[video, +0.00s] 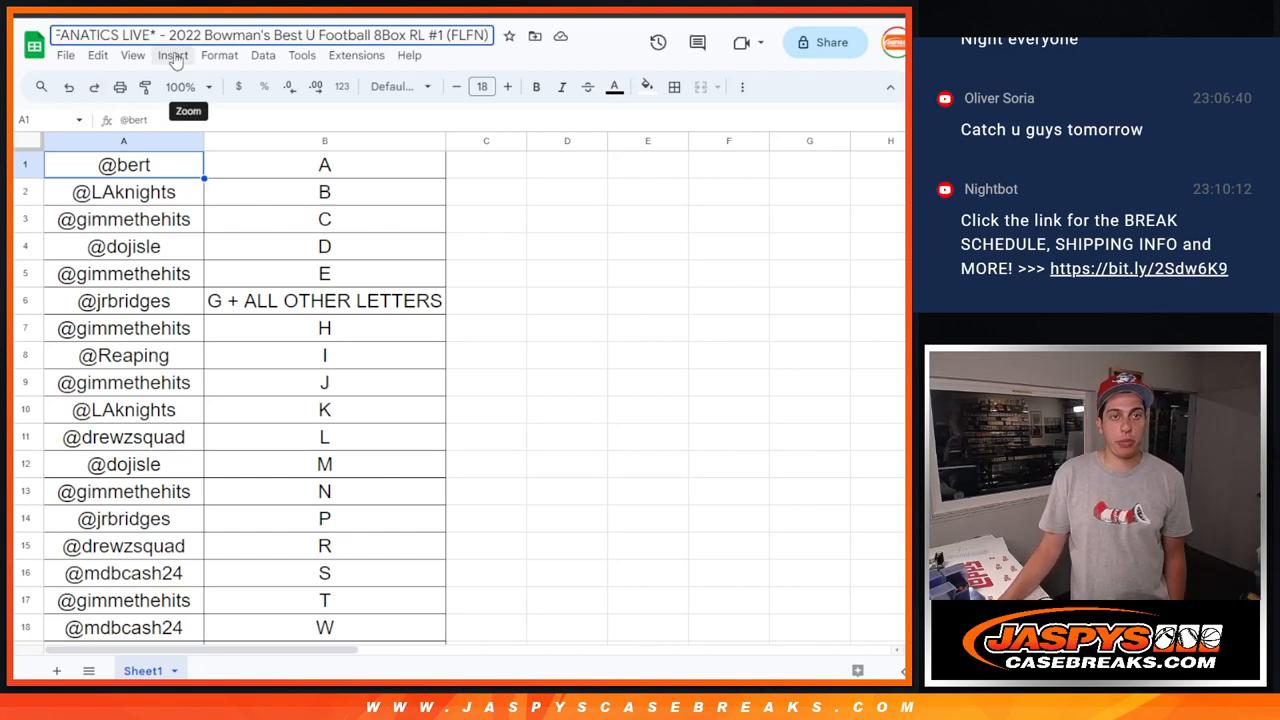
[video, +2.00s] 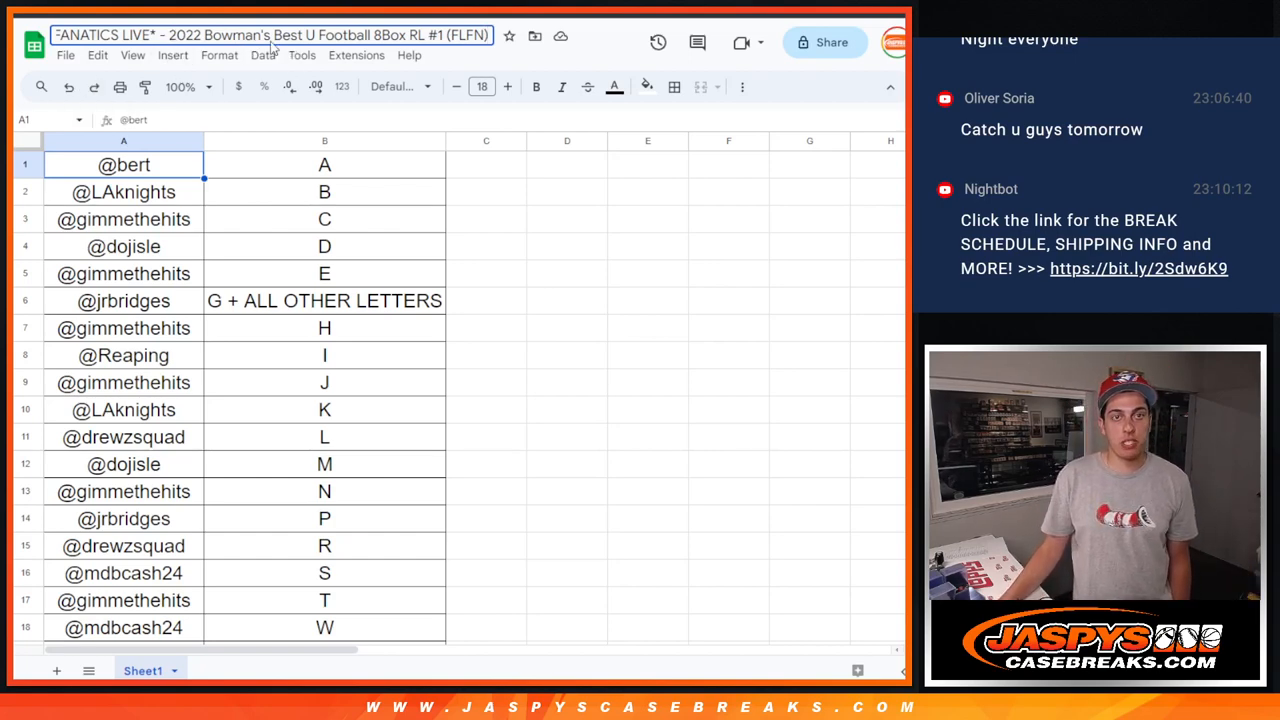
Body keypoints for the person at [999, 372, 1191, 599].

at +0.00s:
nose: (1126, 427)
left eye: (1136, 415)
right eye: (1115, 416)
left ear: (1146, 421)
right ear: (1100, 424)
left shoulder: (1169, 479)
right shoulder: (1071, 475)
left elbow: (1175, 554)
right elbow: (1049, 548)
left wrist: (1175, 603)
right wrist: (1006, 600)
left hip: (1149, 602)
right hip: (1087, 603)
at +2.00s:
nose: (1129, 427)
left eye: (1138, 415)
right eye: (1117, 416)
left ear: (1150, 421)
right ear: (1102, 424)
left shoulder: (1174, 480)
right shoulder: (1074, 476)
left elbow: (1179, 557)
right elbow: (1051, 548)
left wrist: (1180, 612)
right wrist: (1005, 601)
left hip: (1152, 607)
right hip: (1090, 607)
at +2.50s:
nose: (1127, 428)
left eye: (1137, 415)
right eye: (1116, 417)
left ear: (1150, 421)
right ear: (1102, 425)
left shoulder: (1175, 481)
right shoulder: (1073, 476)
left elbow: (1179, 557)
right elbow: (1051, 549)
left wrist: (1180, 611)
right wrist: (1007, 599)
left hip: (1153, 607)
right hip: (1090, 607)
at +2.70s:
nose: (1127, 428)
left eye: (1137, 415)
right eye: (1115, 417)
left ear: (1149, 421)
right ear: (1101, 425)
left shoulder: (1175, 481)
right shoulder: (1073, 476)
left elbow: (1179, 557)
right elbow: (1051, 549)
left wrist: (1180, 611)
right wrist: (1007, 599)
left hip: (1153, 607)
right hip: (1090, 607)